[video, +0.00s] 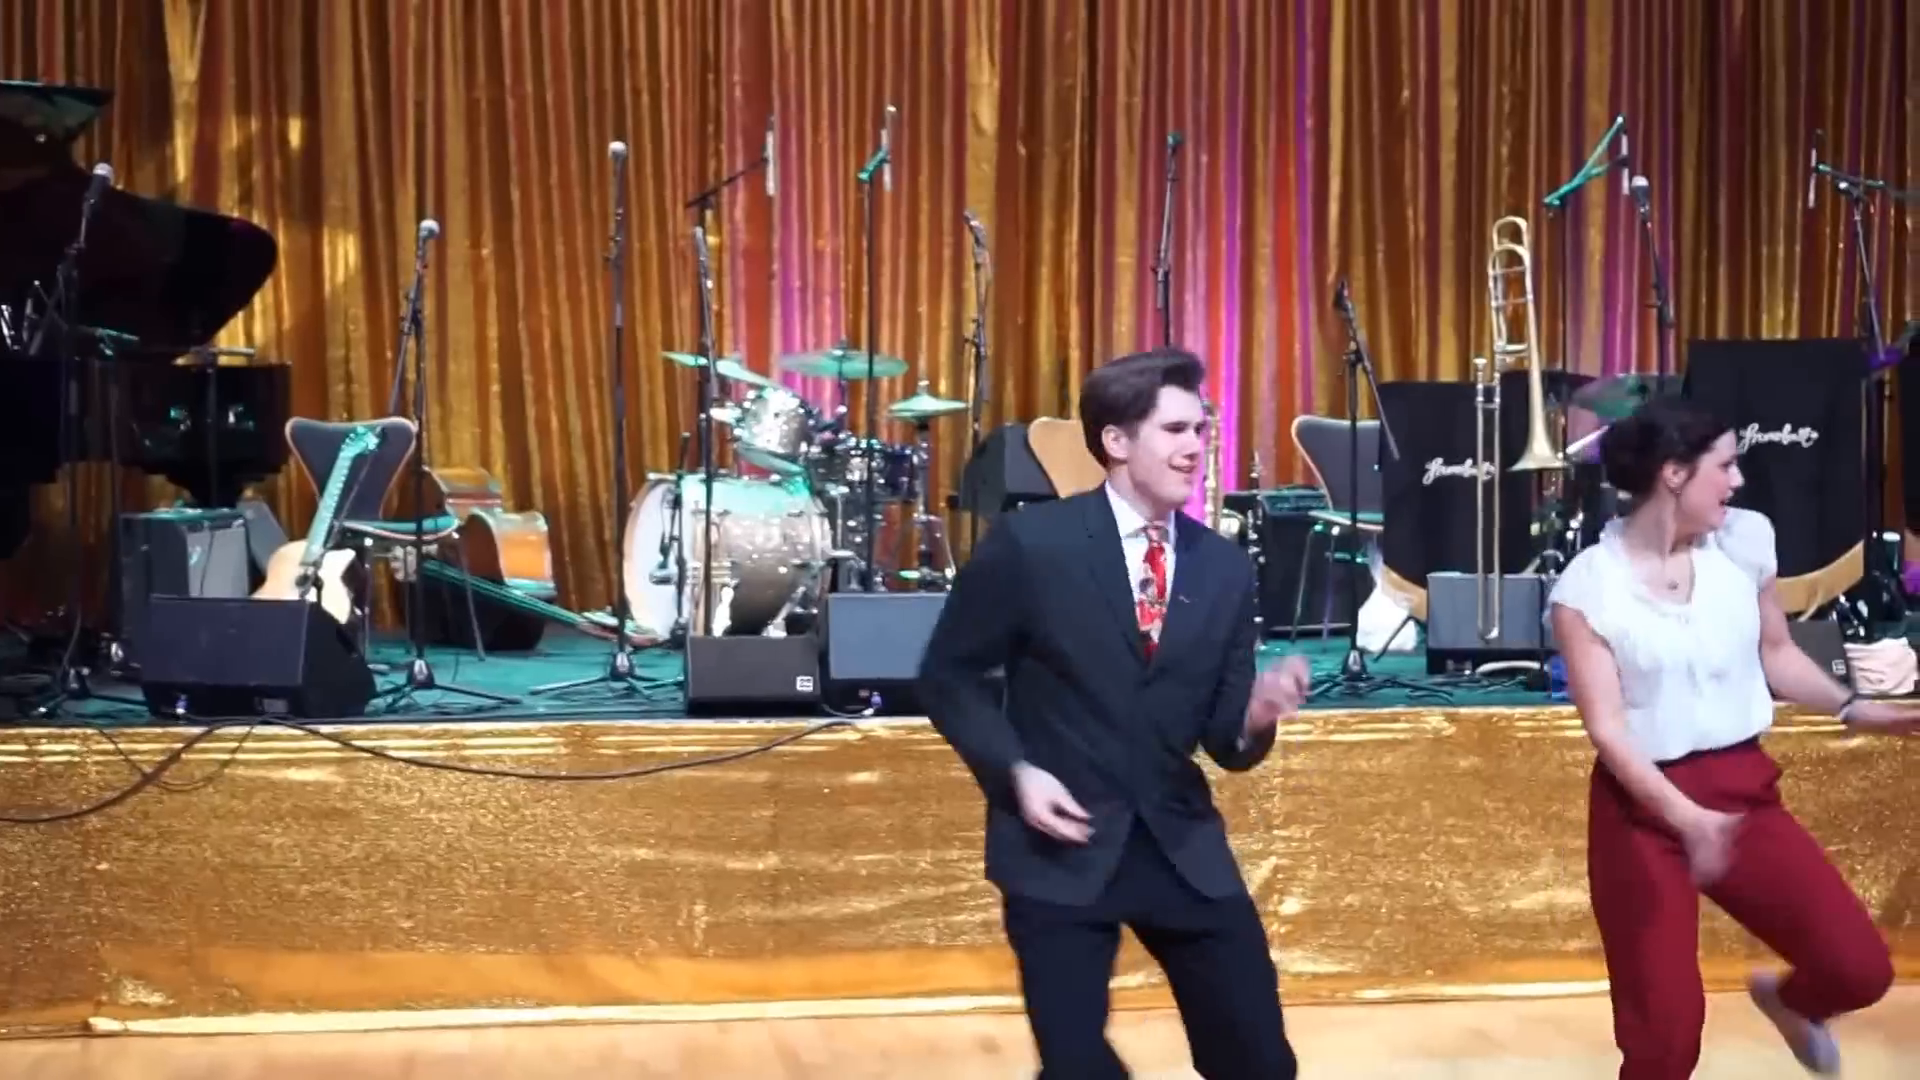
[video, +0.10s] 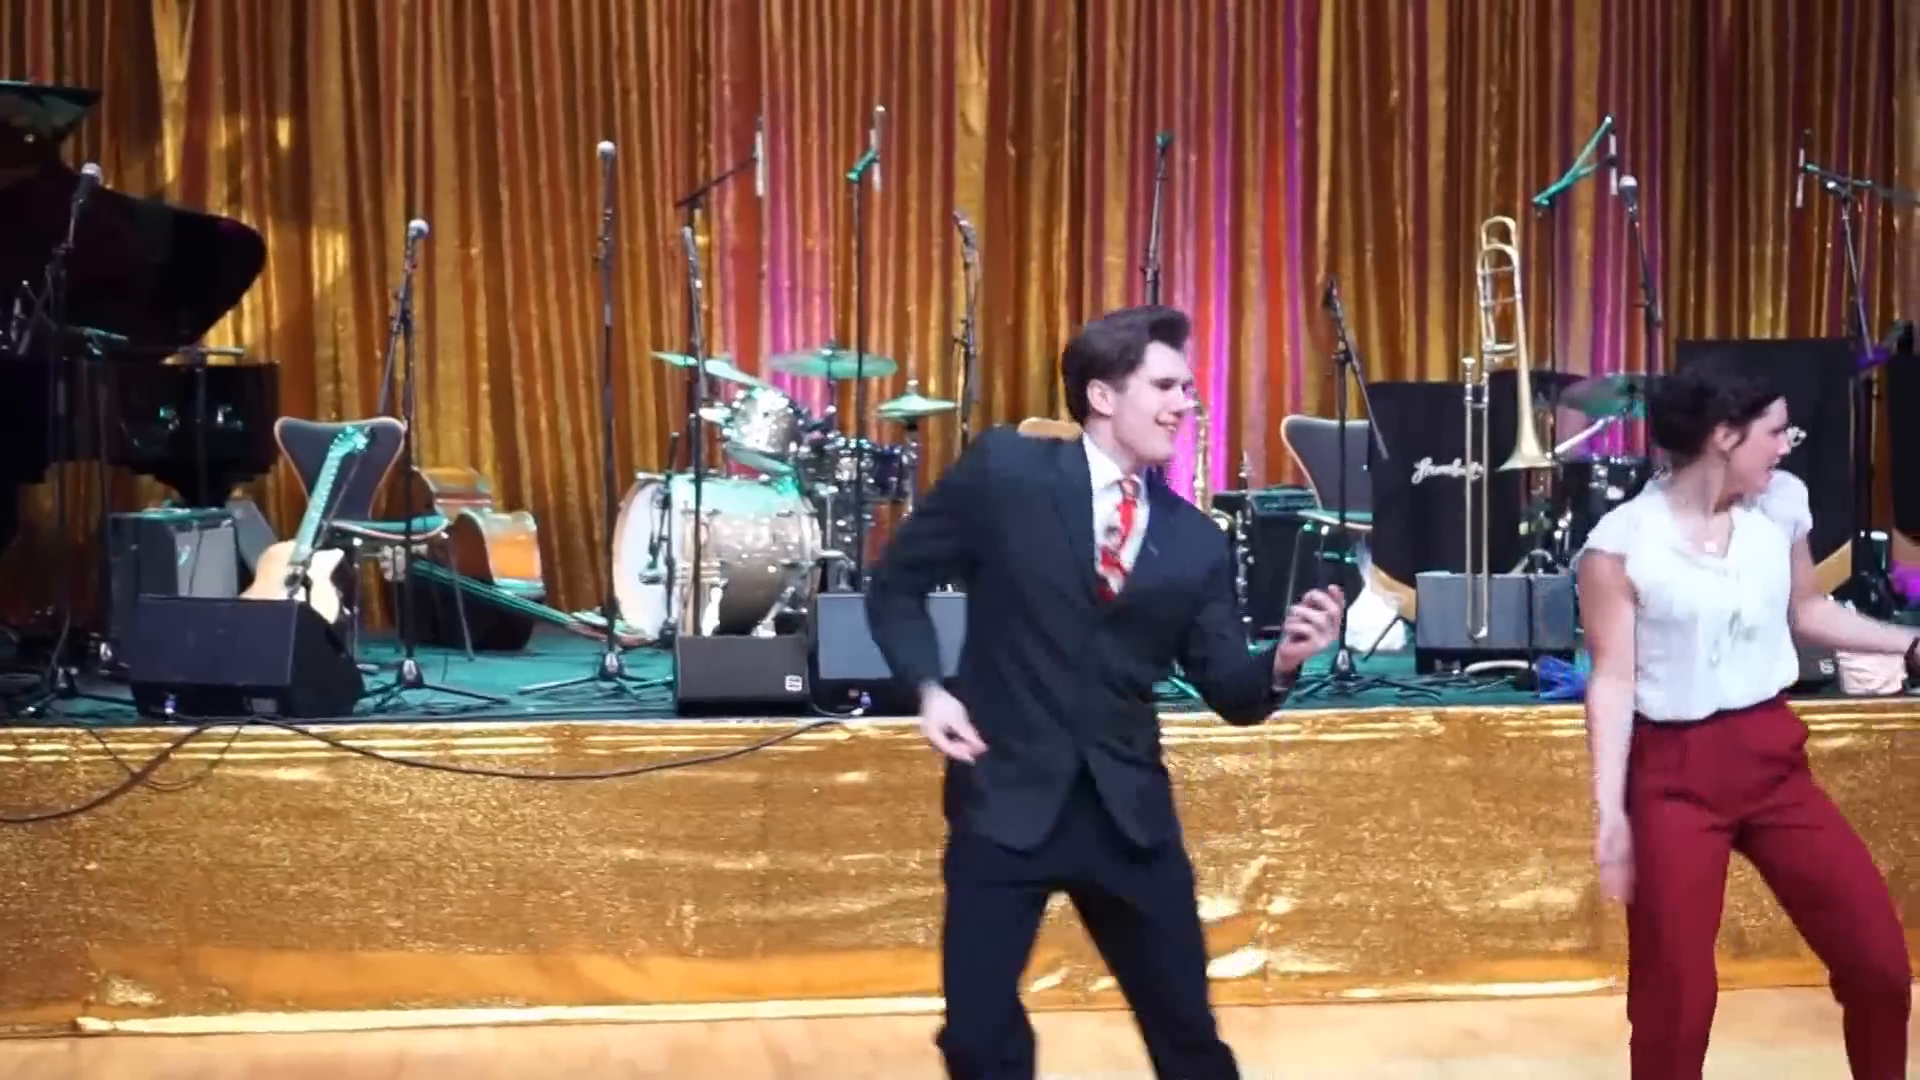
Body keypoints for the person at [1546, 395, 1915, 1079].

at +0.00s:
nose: (1735, 482)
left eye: (1734, 466)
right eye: (1723, 466)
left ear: (1676, 476)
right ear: (1671, 476)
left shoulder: (1743, 549)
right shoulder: (1587, 588)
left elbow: (1776, 650)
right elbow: (1607, 731)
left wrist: (1854, 708)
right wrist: (1688, 816)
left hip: (1745, 796)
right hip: (1640, 811)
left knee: (1861, 971)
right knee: (1665, 1044)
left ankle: (1785, 999)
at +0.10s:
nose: (1787, 445)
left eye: (1786, 430)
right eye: (1775, 431)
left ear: (1732, 438)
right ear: (1724, 438)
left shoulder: (1780, 511)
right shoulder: (1619, 544)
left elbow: (1808, 612)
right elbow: (1612, 681)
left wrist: (1910, 642)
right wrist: (1610, 815)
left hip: (1777, 772)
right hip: (1674, 785)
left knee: (1881, 970)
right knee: (1676, 1010)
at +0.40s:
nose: (1886, 440)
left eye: (1887, 423)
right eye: (1877, 422)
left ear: (1836, 424)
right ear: (1826, 423)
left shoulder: (1879, 505)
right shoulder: (1714, 522)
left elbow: (1916, 610)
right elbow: (1628, 626)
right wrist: (1546, 725)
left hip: (1849, 774)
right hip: (1744, 777)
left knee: (1869, 1012)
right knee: (1719, 1001)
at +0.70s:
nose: (1836, 451)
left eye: (1852, 434)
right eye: (1818, 431)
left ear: (1870, 443)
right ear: (1784, 435)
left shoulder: (1872, 552)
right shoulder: (1711, 526)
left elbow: (1889, 677)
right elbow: (1622, 617)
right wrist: (1530, 700)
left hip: (1827, 783)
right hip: (1722, 780)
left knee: (1835, 1012)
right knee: (1713, 1006)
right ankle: (1641, 983)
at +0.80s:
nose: (1749, 432)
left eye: (1769, 415)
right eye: (1739, 415)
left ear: (1814, 422)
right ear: (1728, 421)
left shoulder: (1858, 522)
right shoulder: (1681, 501)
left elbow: (1886, 653)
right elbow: (1585, 595)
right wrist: (1482, 669)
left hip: (1802, 762)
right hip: (1689, 758)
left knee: (1816, 988)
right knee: (1636, 973)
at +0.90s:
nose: (1683, 447)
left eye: (1700, 431)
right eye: (1677, 431)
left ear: (1756, 433)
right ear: (1674, 436)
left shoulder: (1816, 534)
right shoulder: (1640, 523)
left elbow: (1856, 668)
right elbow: (1541, 600)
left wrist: (1900, 647)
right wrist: (1434, 656)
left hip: (1774, 785)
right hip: (1660, 783)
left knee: (1809, 1014)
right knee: (1608, 998)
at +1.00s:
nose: (1622, 453)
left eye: (1638, 436)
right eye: (1618, 438)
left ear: (1694, 440)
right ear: (1617, 444)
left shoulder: (1760, 548)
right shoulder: (1591, 531)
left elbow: (1782, 684)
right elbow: (1515, 599)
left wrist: (1795, 650)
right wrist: (1435, 651)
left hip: (1725, 792)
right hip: (1617, 794)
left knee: (1776, 1008)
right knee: (1572, 1002)